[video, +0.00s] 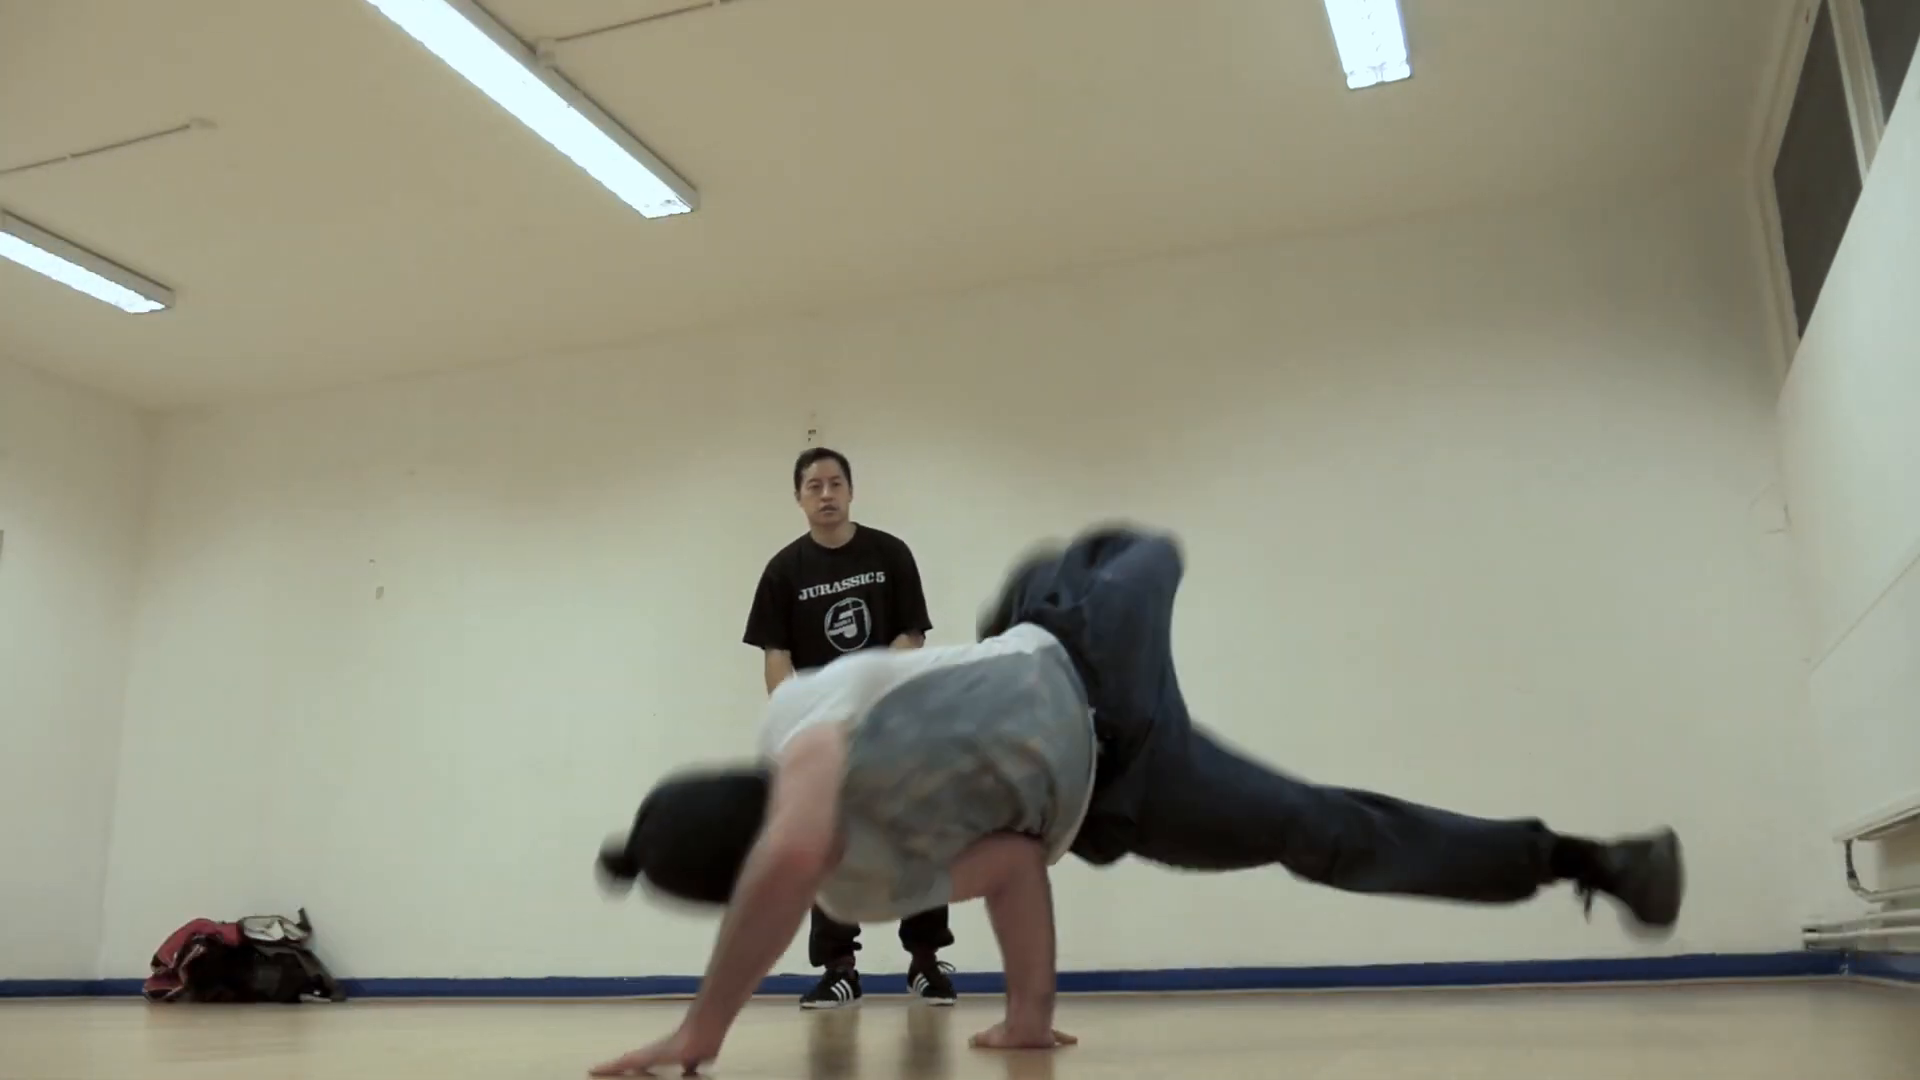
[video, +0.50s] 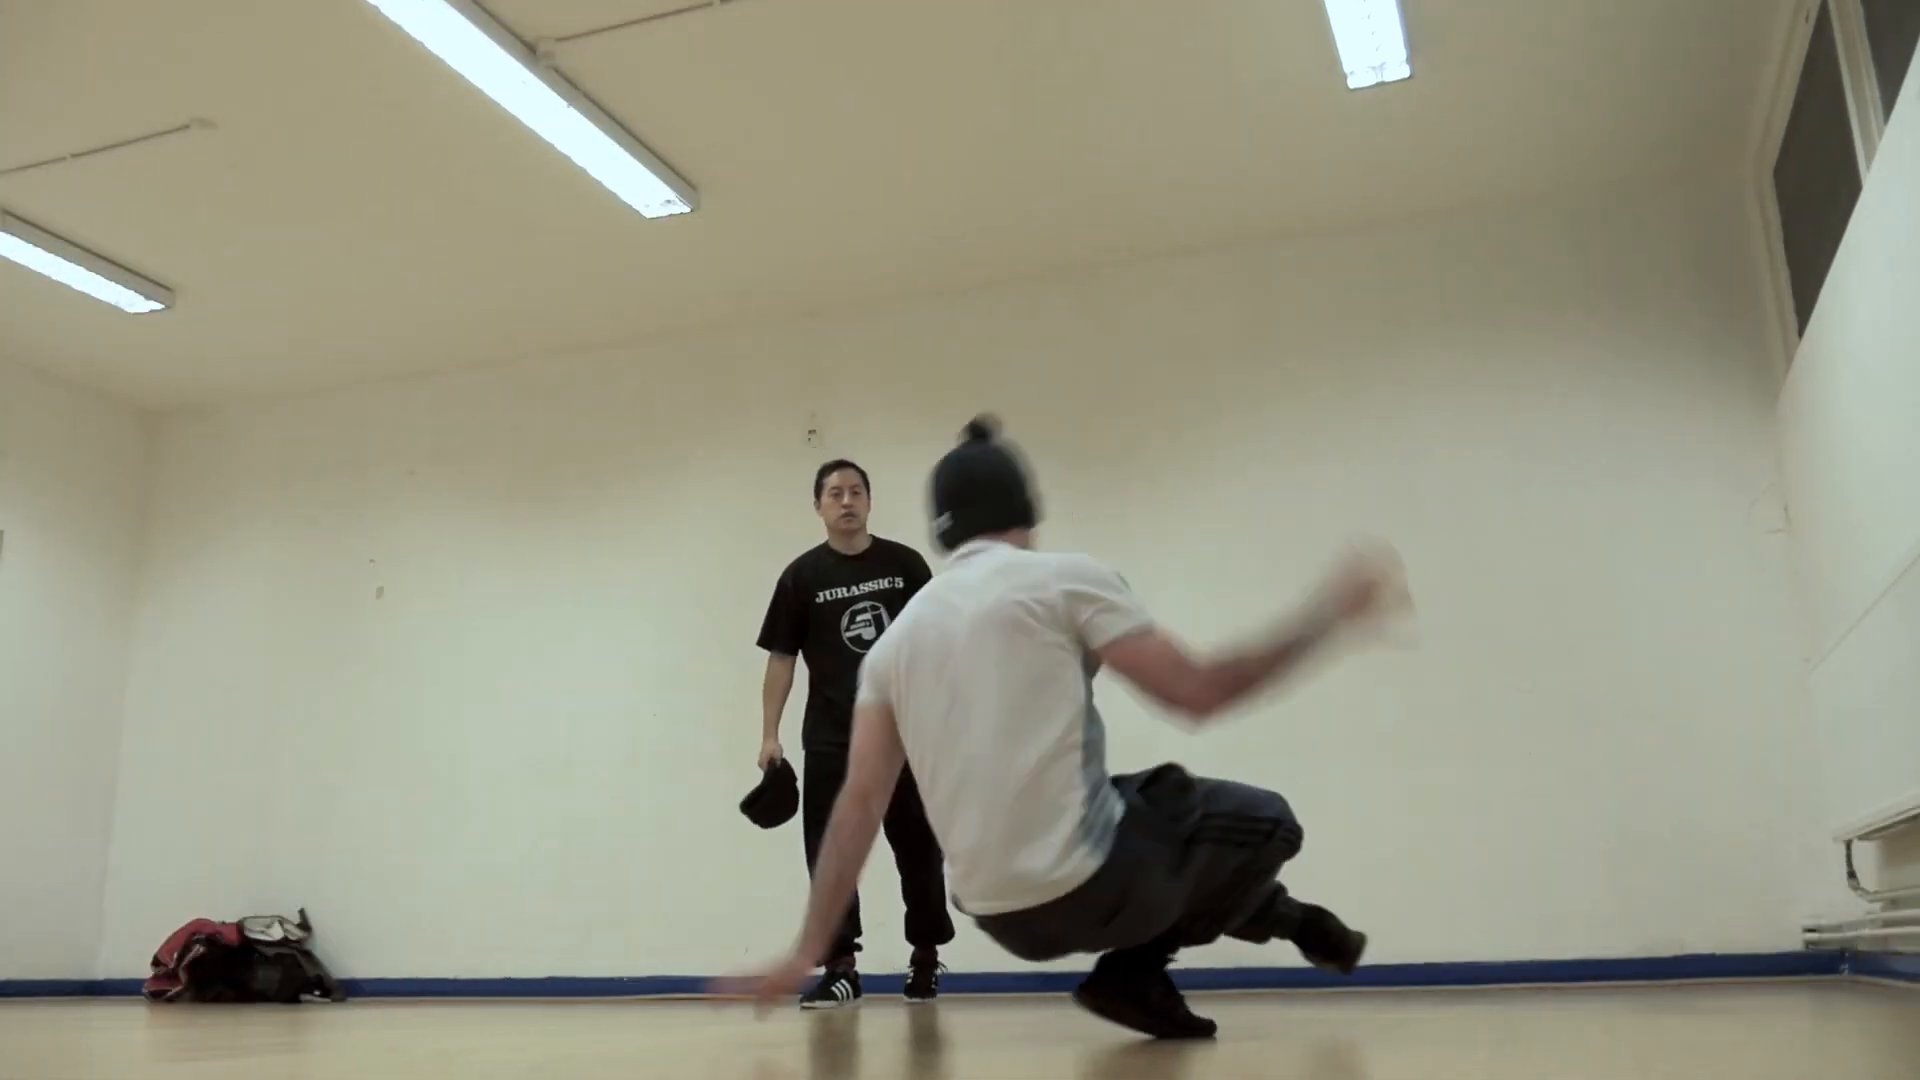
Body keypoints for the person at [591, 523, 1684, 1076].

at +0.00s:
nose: (718, 901)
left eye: (702, 888)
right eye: (705, 898)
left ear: (713, 830)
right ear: (744, 869)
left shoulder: (806, 725)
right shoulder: (859, 887)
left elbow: (789, 864)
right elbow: (1012, 872)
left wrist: (699, 1038)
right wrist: (1033, 1017)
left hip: (1074, 650)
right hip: (1115, 783)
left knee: (1144, 565)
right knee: (1338, 837)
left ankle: (1058, 573)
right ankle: (1589, 860)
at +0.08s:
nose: (769, 708)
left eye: (752, 718)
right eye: (756, 717)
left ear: (755, 778)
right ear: (805, 746)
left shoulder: (855, 645)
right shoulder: (884, 847)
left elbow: (902, 722)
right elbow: (1017, 869)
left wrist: (818, 898)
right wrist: (1031, 1023)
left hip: (1064, 678)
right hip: (1096, 801)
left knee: (1136, 627)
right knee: (1282, 804)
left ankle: (1169, 773)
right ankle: (1453, 839)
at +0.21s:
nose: (945, 643)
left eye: (936, 625)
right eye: (920, 650)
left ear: (926, 593)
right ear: (879, 669)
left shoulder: (934, 558)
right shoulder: (889, 772)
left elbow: (1089, 512)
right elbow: (1007, 860)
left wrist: (1177, 519)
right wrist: (1026, 1025)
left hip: (1058, 738)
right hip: (1064, 836)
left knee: (1154, 731)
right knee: (1288, 781)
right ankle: (1130, 954)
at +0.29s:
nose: (1038, 532)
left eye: (1028, 518)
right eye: (1017, 526)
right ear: (977, 549)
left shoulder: (996, 551)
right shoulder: (931, 689)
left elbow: (1115, 557)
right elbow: (991, 857)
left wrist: (1258, 542)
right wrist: (1024, 1008)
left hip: (1045, 783)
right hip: (1030, 864)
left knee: (1154, 791)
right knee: (1257, 811)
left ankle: (1209, 882)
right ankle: (1108, 981)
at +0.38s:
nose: (1098, 500)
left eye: (1096, 483)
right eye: (1089, 484)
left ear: (1015, 487)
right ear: (1046, 491)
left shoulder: (968, 563)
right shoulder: (1016, 621)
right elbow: (1049, 810)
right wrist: (1123, 966)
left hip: (965, 850)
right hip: (1008, 881)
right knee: (1256, 817)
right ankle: (1101, 991)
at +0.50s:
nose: (1035, 514)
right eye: (1030, 503)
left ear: (942, 527)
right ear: (1026, 510)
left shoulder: (895, 643)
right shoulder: (1059, 581)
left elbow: (858, 816)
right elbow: (1201, 691)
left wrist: (803, 957)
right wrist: (1328, 610)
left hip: (1007, 921)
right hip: (1101, 880)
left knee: (1163, 807)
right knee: (1265, 824)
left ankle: (1286, 919)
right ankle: (1136, 972)